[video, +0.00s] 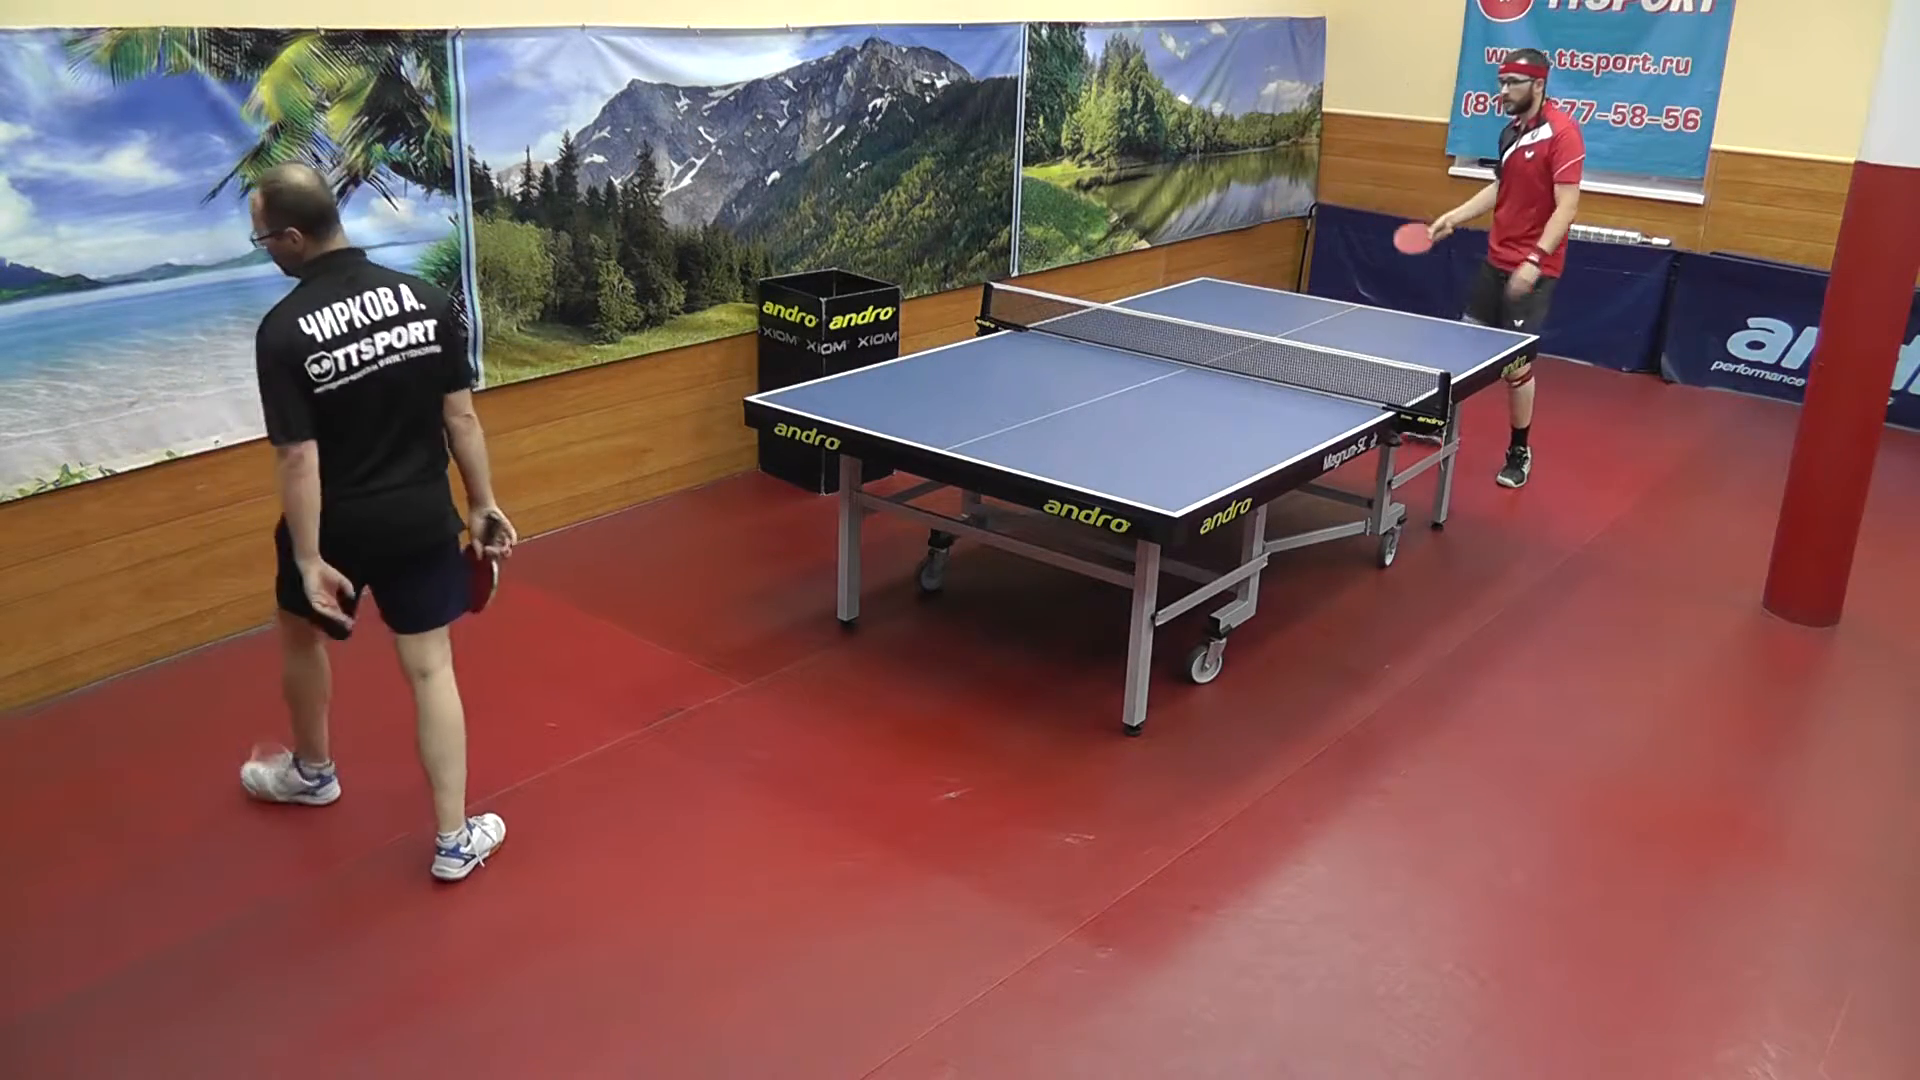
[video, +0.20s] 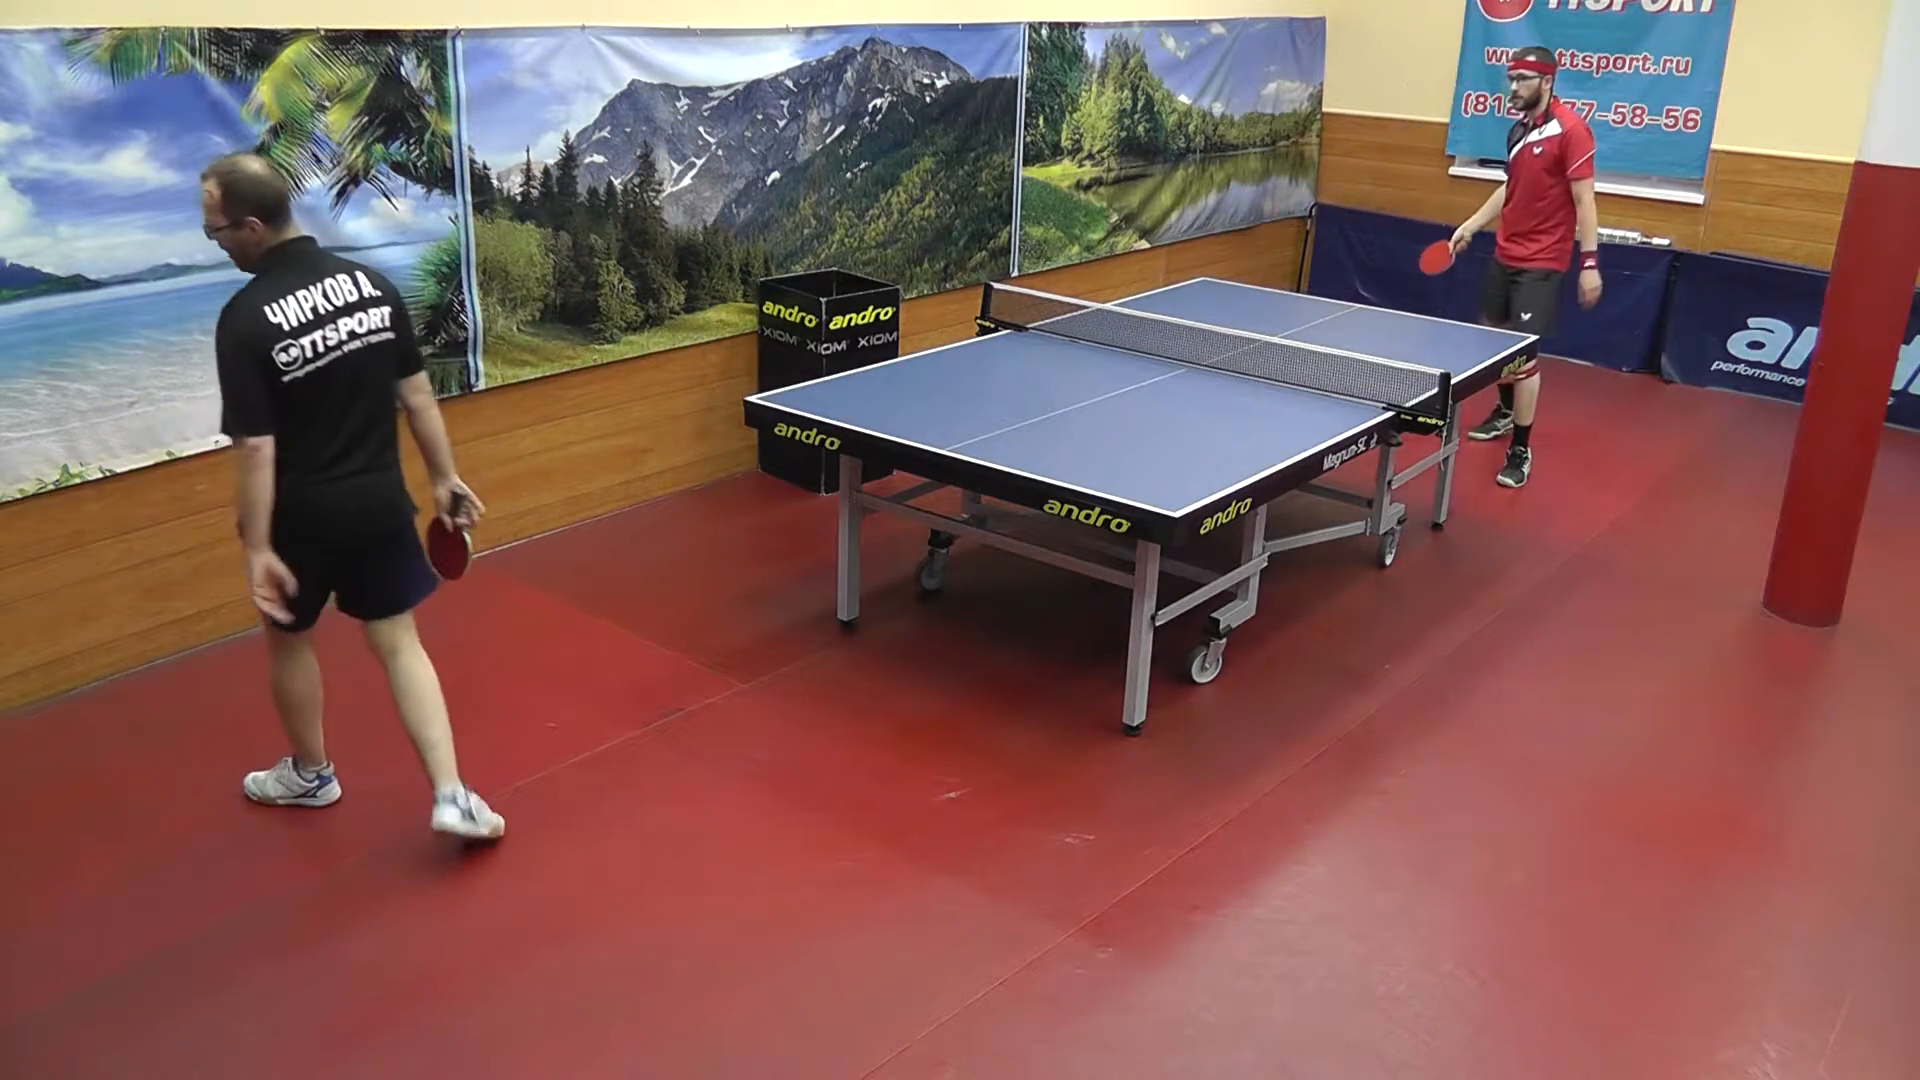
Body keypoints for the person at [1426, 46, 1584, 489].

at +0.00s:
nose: (1504, 91)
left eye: (1513, 84)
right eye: (1502, 83)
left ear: (1538, 85)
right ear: (1505, 85)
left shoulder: (1563, 133)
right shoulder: (1512, 129)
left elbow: (1567, 207)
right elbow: (1501, 188)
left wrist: (1534, 260)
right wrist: (1455, 216)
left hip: (1534, 267)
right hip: (1496, 260)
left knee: (1515, 363)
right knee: (1465, 342)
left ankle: (1518, 452)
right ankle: (1440, 417)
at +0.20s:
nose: (1515, 87)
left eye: (1524, 80)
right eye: (1512, 79)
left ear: (1548, 82)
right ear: (1513, 82)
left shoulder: (1572, 131)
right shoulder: (1520, 128)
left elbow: (1585, 201)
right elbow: (1512, 187)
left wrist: (1589, 264)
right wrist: (1472, 226)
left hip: (1543, 263)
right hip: (1505, 256)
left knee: (1524, 354)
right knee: (1495, 338)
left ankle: (1520, 450)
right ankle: (1506, 410)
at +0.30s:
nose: (1516, 88)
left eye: (1525, 81)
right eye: (1513, 80)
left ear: (1547, 83)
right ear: (1513, 83)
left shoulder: (1573, 130)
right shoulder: (1519, 128)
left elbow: (1590, 199)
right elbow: (1511, 189)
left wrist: (1601, 258)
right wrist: (1470, 225)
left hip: (1547, 260)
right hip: (1509, 254)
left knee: (1527, 353)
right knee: (1496, 338)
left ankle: (1521, 450)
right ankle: (1513, 410)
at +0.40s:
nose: (1515, 90)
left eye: (1524, 82)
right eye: (1512, 81)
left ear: (1546, 83)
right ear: (1511, 83)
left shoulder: (1573, 129)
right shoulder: (1517, 130)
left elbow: (1593, 194)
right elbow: (1505, 187)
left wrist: (1601, 253)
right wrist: (1466, 224)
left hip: (1549, 258)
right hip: (1512, 253)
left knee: (1535, 348)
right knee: (1502, 336)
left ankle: (1523, 445)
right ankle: (1516, 414)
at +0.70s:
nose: (1529, 82)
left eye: (1537, 74)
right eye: (1524, 75)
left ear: (1557, 75)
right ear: (1520, 78)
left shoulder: (1586, 117)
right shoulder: (1523, 125)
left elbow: (1604, 177)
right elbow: (1506, 181)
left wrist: (1578, 226)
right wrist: (1473, 227)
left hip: (1569, 246)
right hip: (1524, 245)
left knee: (1560, 337)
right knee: (1516, 325)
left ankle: (1559, 426)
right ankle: (1518, 416)